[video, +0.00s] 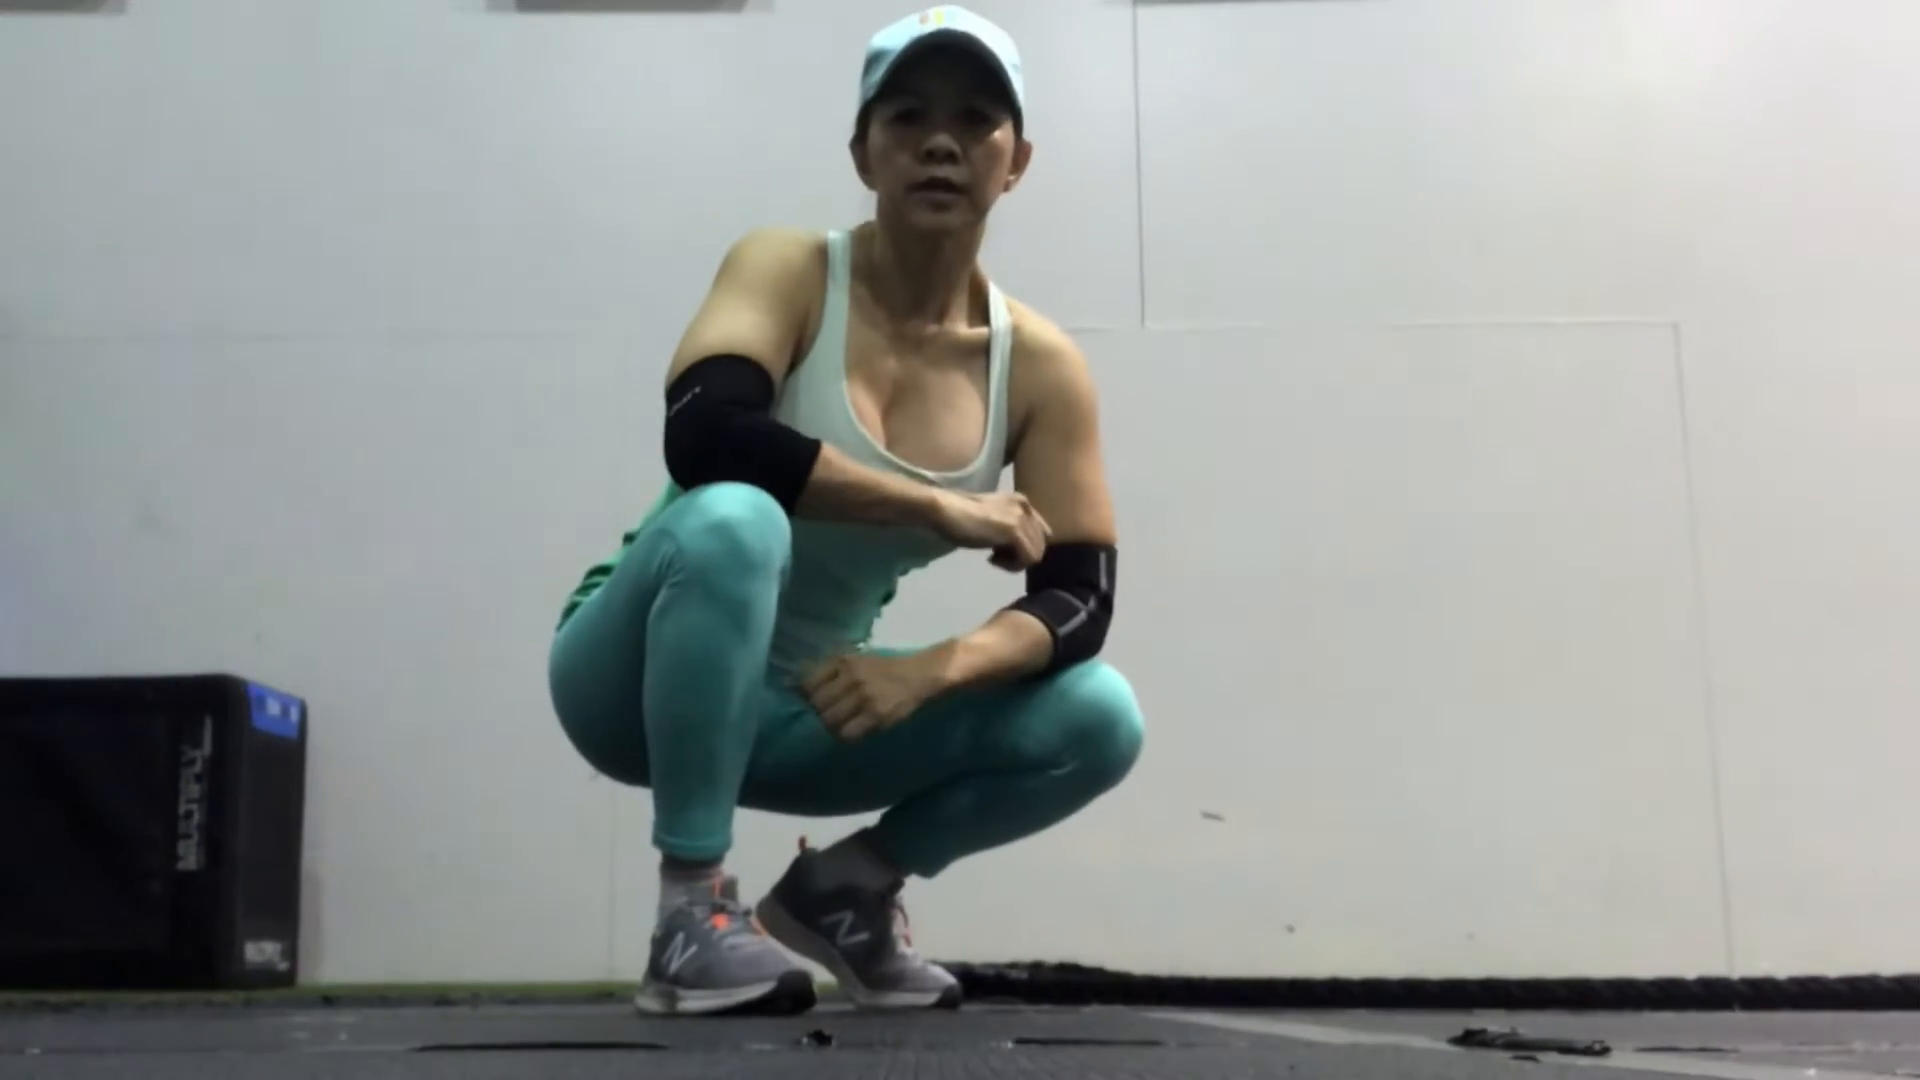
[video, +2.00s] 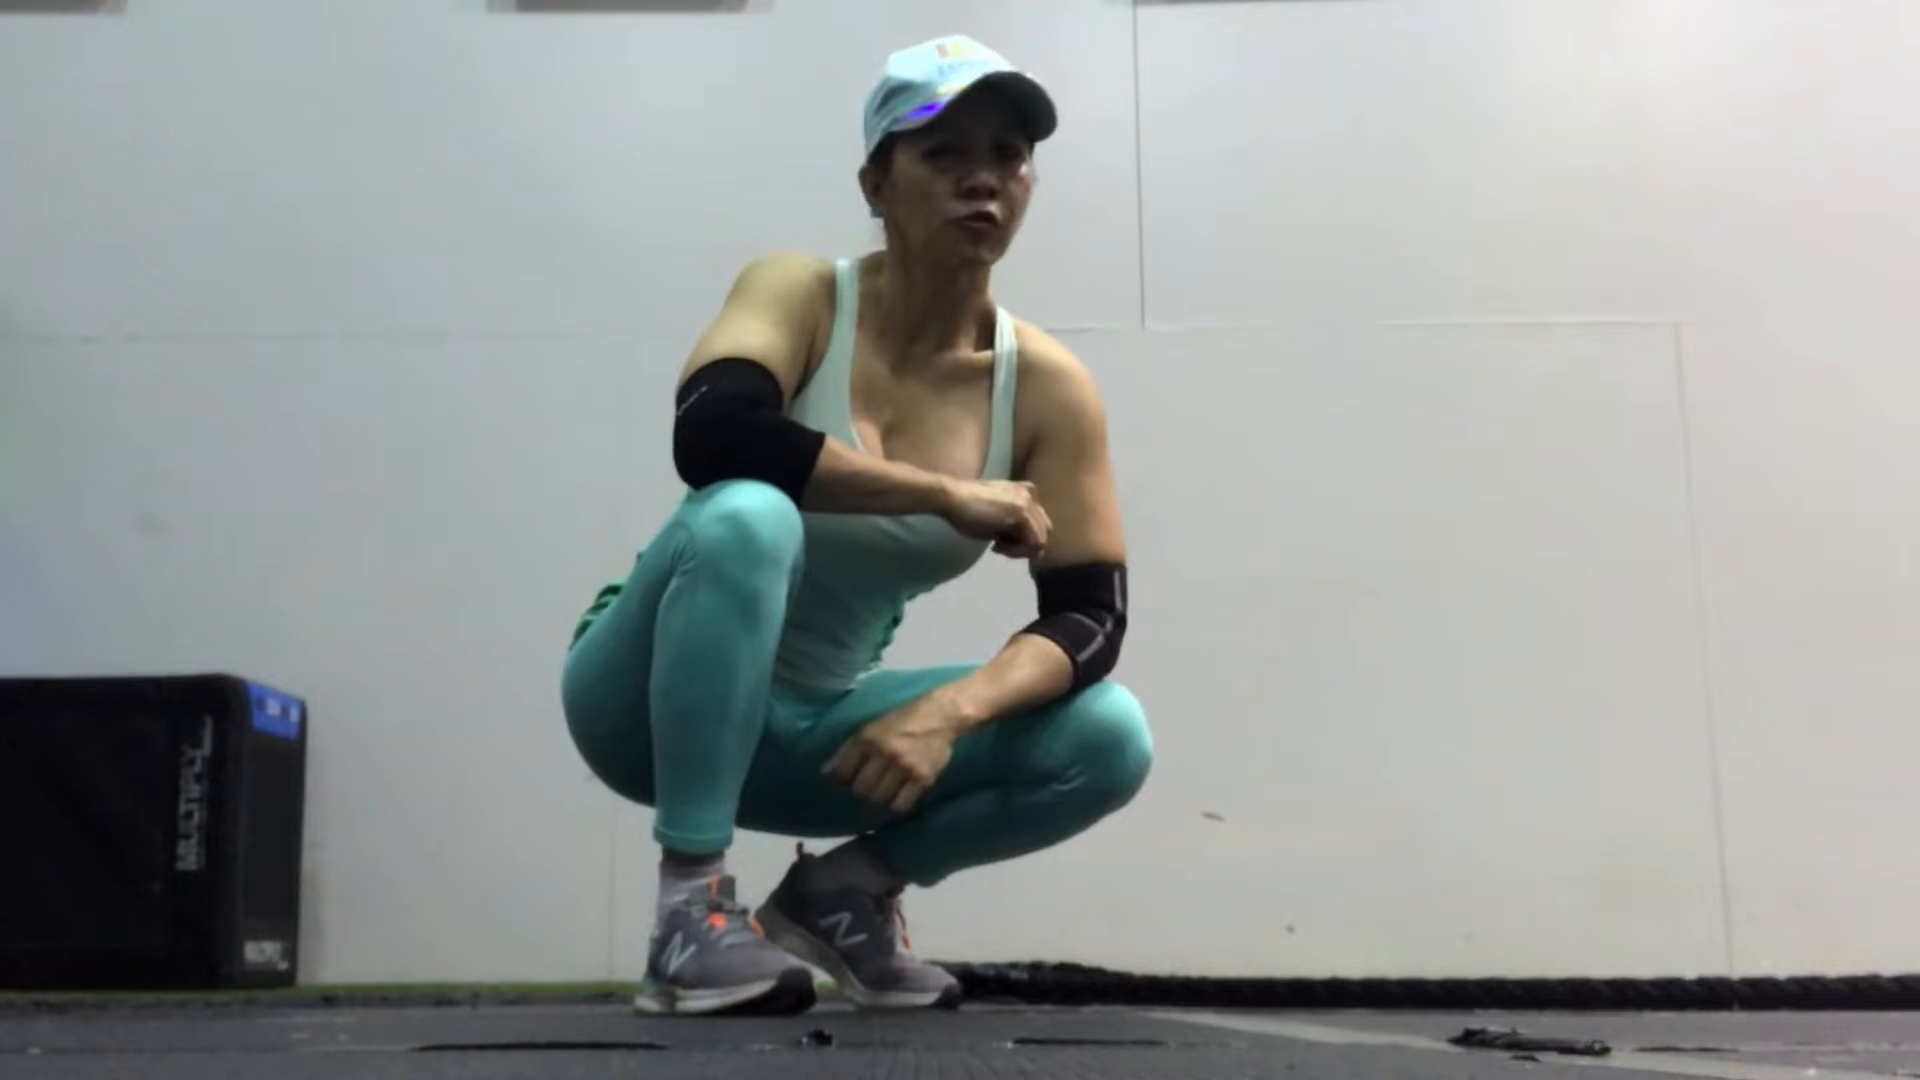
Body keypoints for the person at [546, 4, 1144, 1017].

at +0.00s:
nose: (940, 140)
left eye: (972, 117)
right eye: (909, 115)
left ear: (1015, 159)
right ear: (864, 149)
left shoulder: (1040, 367)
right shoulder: (782, 270)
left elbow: (1078, 600)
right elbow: (707, 437)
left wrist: (929, 669)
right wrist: (938, 506)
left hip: (813, 711)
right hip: (645, 675)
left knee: (1097, 720)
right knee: (734, 523)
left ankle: (842, 888)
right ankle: (691, 915)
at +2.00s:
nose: (983, 180)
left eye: (1005, 155)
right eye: (945, 152)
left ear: (1032, 181)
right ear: (878, 179)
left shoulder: (1048, 389)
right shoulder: (792, 295)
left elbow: (1087, 620)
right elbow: (715, 437)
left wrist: (949, 708)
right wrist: (946, 497)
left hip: (821, 729)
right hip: (657, 696)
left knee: (1107, 740)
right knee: (746, 520)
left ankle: (839, 890)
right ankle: (692, 911)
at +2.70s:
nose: (961, 193)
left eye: (993, 166)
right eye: (929, 162)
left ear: (1034, 194)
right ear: (881, 182)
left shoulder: (1054, 393)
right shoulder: (800, 294)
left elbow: (1094, 626)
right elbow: (718, 435)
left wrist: (949, 717)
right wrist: (946, 495)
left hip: (830, 730)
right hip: (667, 698)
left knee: (1112, 747)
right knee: (747, 516)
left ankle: (844, 888)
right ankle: (693, 908)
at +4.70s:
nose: (961, 185)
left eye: (994, 164)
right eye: (933, 157)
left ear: (1033, 203)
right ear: (883, 189)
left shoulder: (1055, 398)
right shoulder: (805, 296)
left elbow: (1091, 621)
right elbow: (715, 435)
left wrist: (968, 710)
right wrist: (944, 495)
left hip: (822, 738)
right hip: (661, 704)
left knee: (1110, 745)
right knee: (748, 518)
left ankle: (840, 890)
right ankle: (692, 912)